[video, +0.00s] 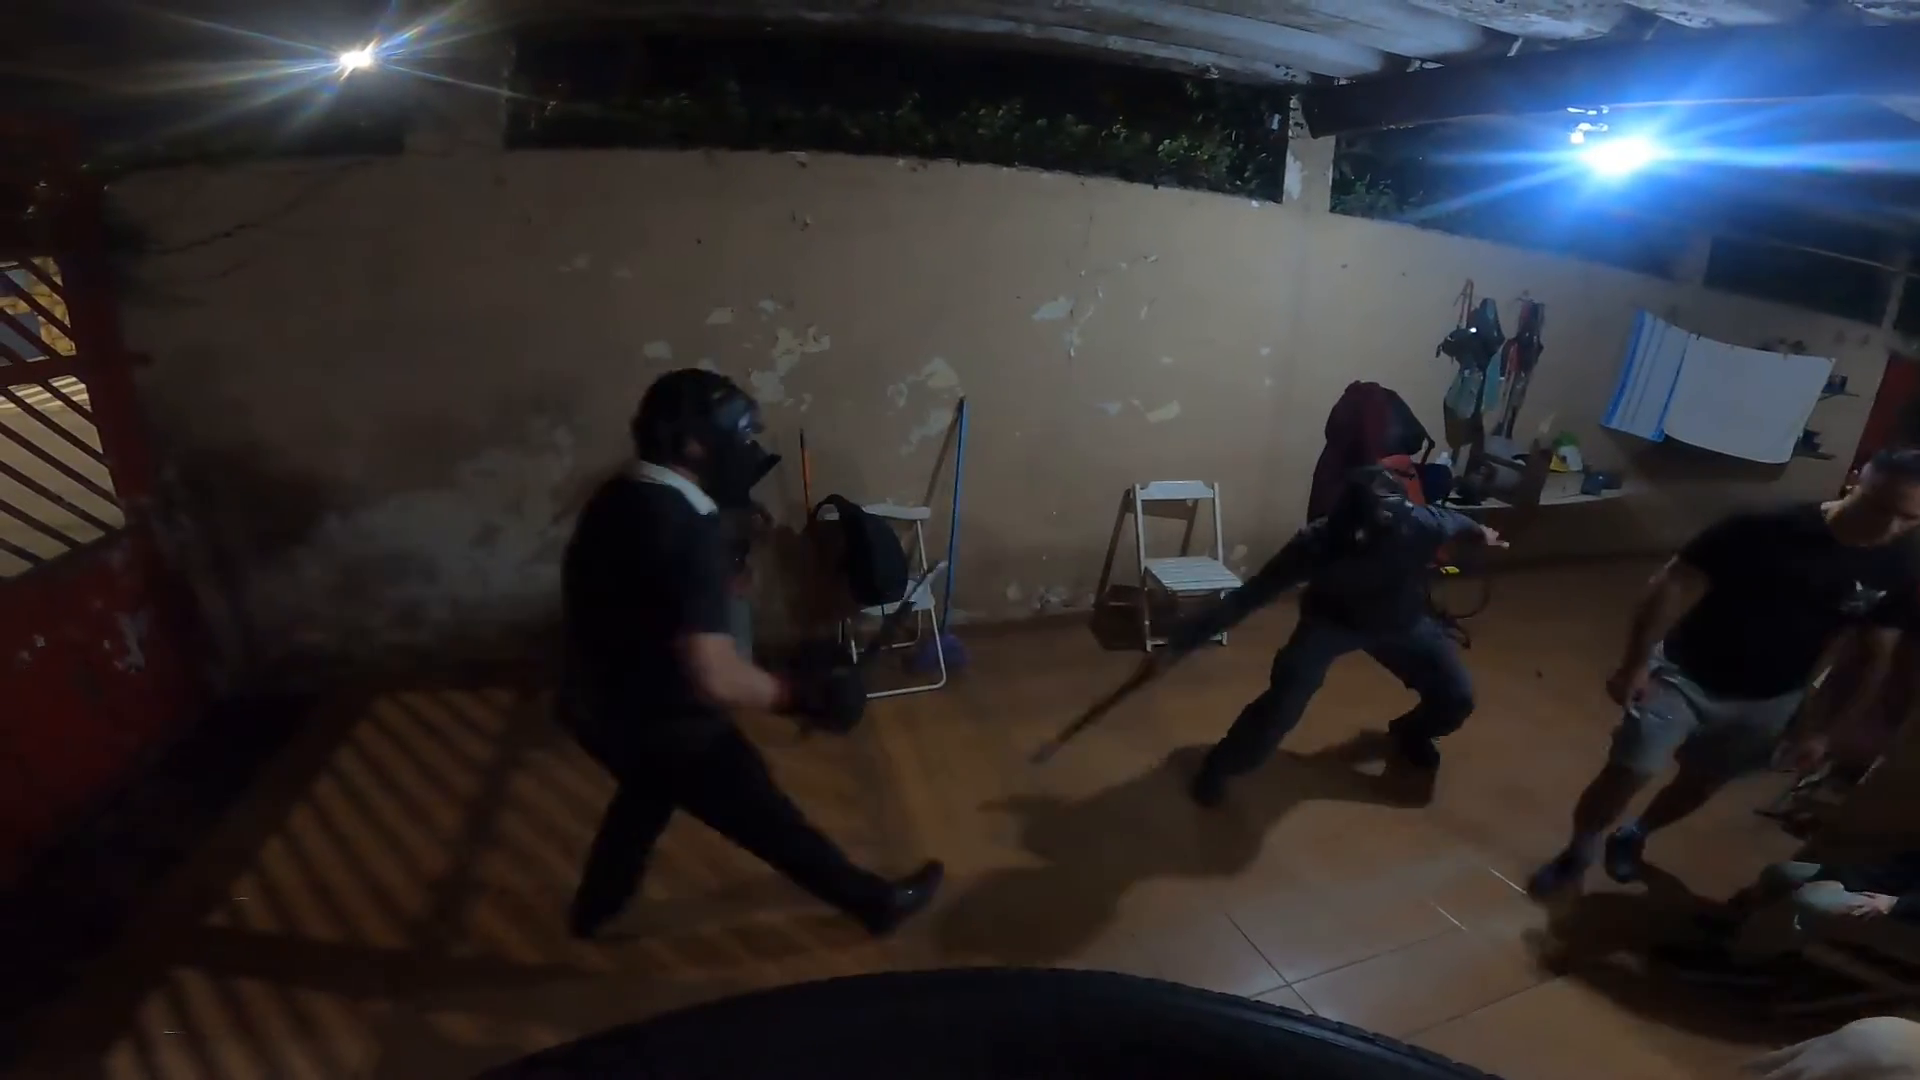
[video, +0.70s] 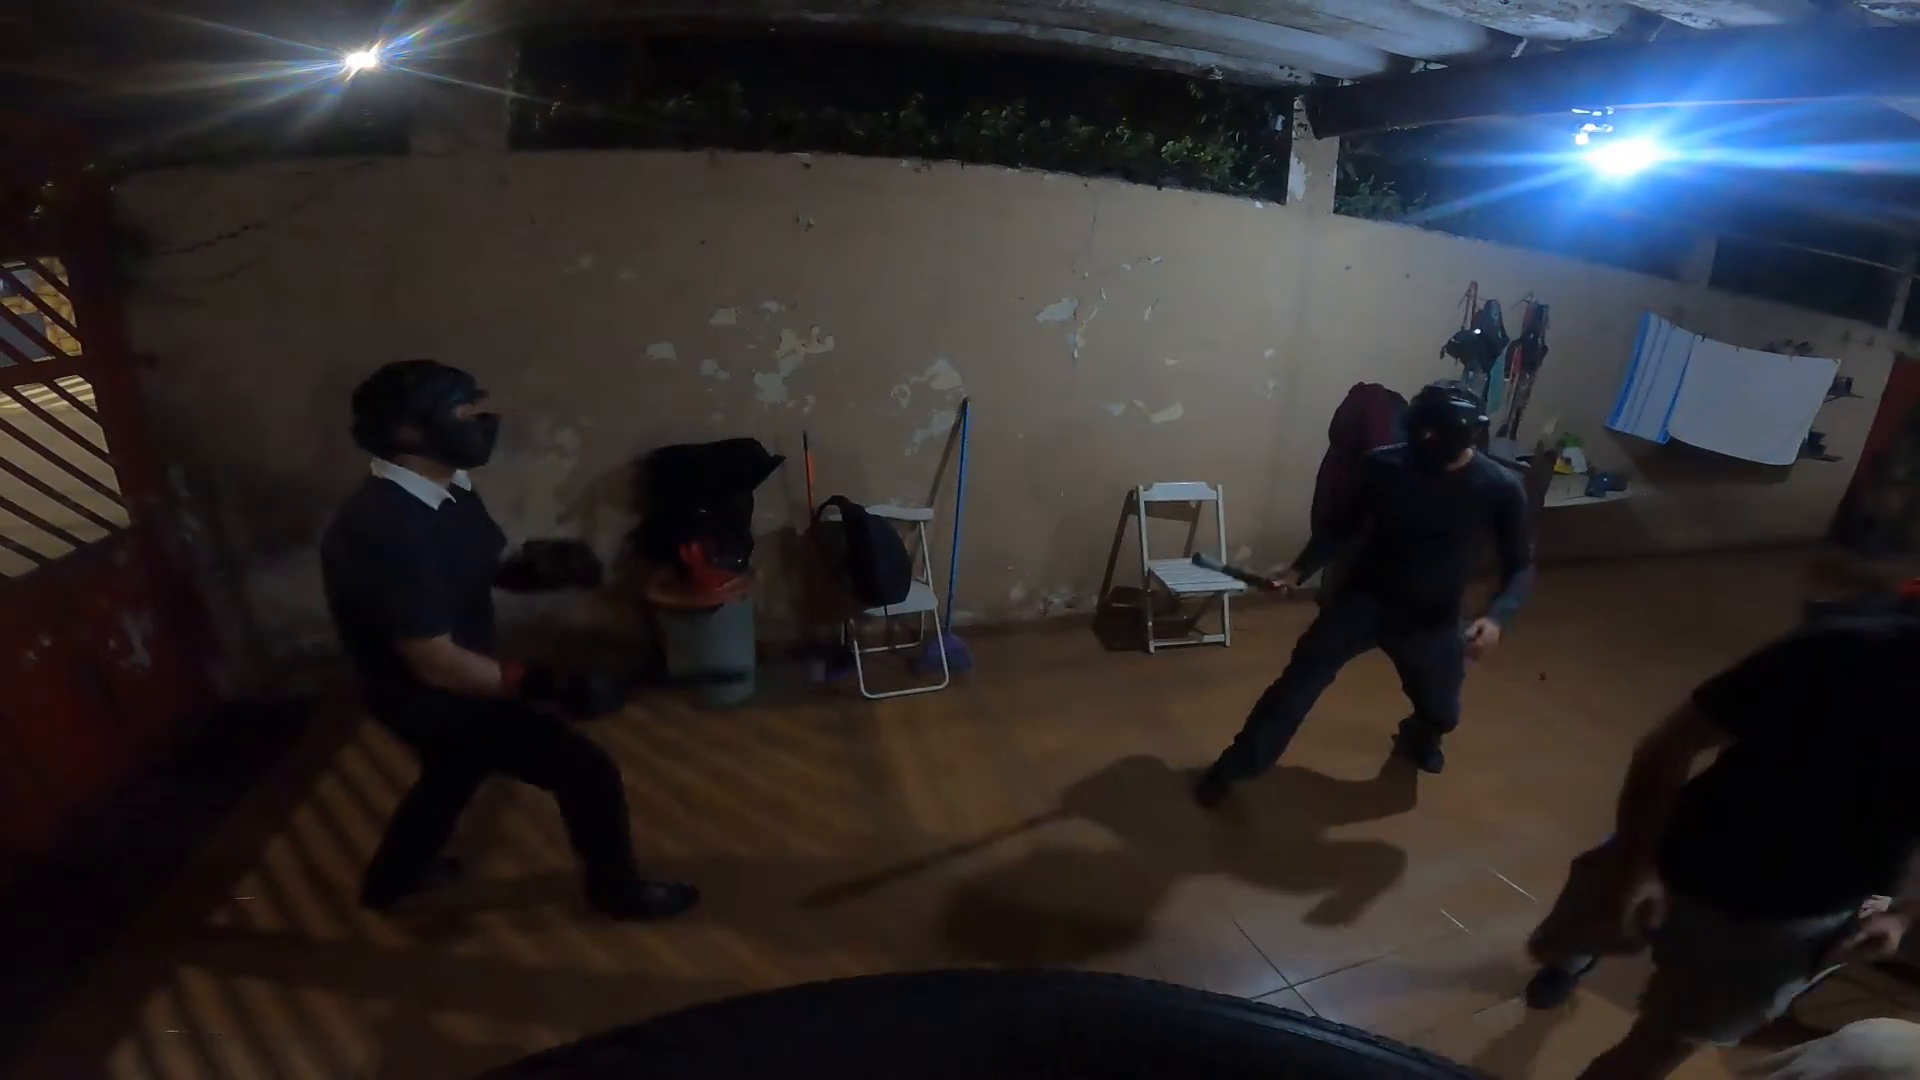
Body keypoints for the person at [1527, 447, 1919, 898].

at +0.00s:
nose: (1892, 527)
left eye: (1906, 519)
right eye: (1886, 509)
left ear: (1915, 522)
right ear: (1855, 487)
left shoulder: (1892, 574)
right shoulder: (1768, 530)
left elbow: (1874, 658)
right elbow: (1672, 584)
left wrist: (1824, 731)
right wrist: (1633, 663)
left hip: (1765, 704)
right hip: (1684, 678)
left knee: (1698, 785)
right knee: (1630, 771)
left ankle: (1633, 837)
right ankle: (1575, 857)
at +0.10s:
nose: (1906, 551)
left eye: (1916, 539)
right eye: (1900, 531)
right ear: (1867, 503)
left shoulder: (1901, 597)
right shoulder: (1773, 558)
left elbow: (1900, 680)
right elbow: (1676, 626)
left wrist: (1853, 754)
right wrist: (1642, 711)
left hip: (1768, 736)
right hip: (1688, 714)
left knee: (1693, 801)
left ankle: (1633, 836)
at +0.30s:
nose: (1918, 568)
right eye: (1914, 548)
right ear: (1886, 529)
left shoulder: (1906, 633)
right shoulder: (1780, 592)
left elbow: (1908, 728)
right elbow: (1688, 677)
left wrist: (1868, 804)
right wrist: (1655, 779)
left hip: (1770, 791)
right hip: (1682, 763)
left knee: (1687, 870)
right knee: (1612, 877)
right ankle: (1561, 950)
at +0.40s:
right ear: (1911, 548)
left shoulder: (1911, 642)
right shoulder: (1810, 591)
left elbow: (1908, 732)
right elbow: (1697, 682)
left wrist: (1877, 810)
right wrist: (1681, 792)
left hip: (1781, 803)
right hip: (1684, 762)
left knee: (1716, 909)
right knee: (1595, 872)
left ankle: (1621, 908)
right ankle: (1559, 950)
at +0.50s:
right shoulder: (1828, 596)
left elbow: (1910, 739)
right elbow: (1697, 689)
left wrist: (1890, 813)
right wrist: (1691, 805)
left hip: (1791, 821)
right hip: (1693, 771)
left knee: (1691, 948)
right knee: (1597, 883)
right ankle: (1567, 953)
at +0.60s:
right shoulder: (1839, 616)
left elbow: (1912, 779)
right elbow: (1680, 710)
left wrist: (1899, 844)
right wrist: (1682, 831)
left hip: (1794, 857)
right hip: (1698, 802)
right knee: (1593, 898)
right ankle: (1569, 956)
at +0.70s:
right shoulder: (1847, 650)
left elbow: (1912, 837)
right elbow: (1667, 746)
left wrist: (1901, 909)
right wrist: (1637, 865)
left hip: (1791, 919)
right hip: (1689, 854)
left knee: (1662, 1046)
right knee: (1585, 926)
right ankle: (1562, 970)